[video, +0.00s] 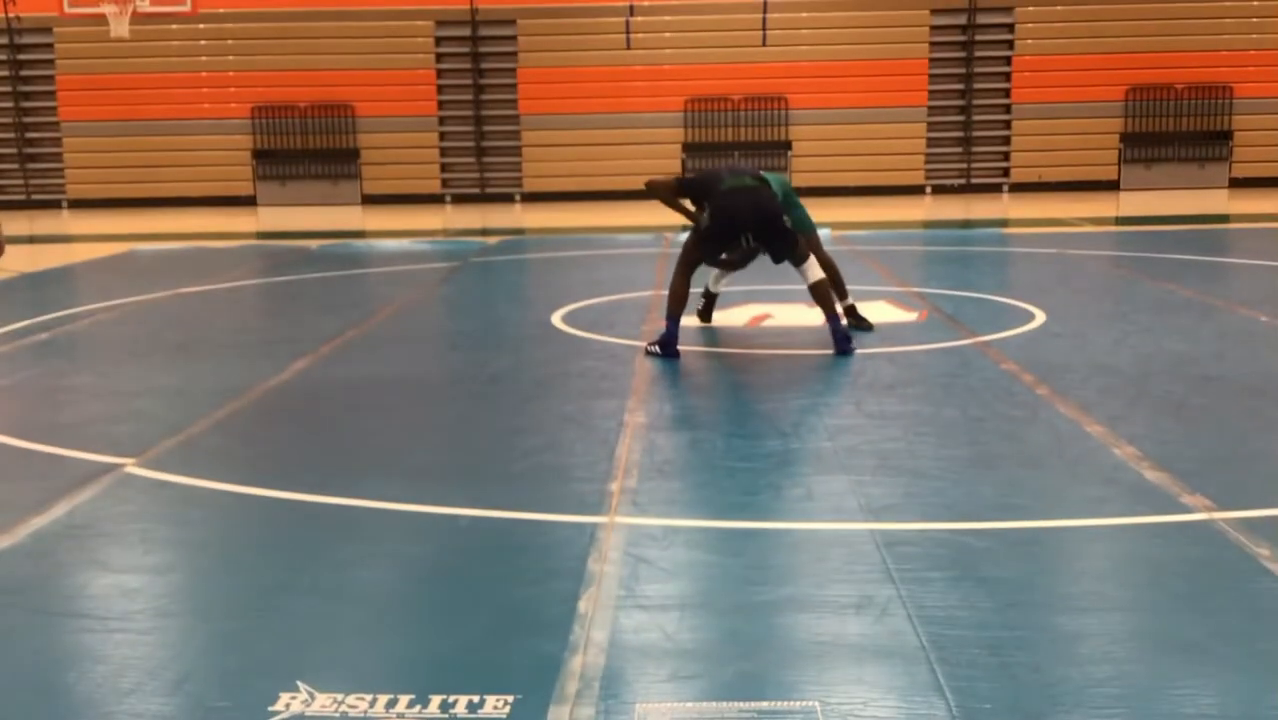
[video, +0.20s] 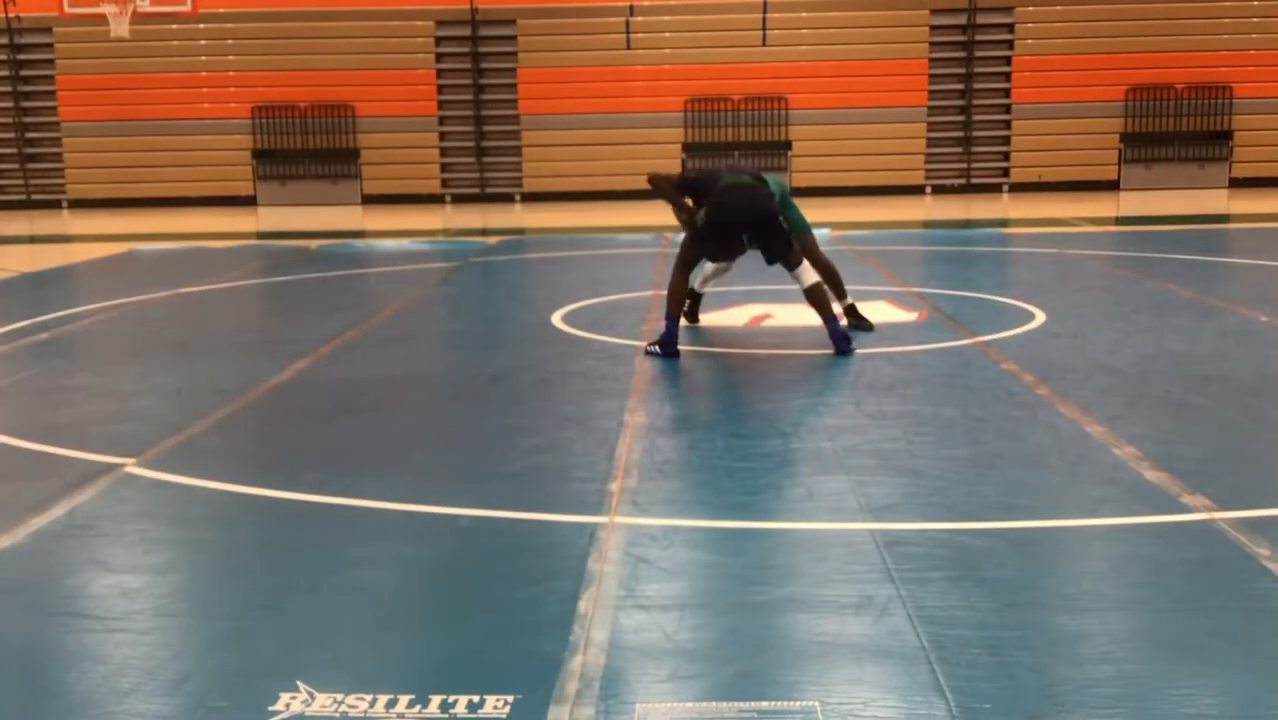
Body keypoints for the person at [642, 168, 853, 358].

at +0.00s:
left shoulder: (708, 184)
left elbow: (654, 186)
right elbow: (818, 255)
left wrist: (691, 215)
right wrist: (848, 309)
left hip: (722, 209)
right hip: (765, 206)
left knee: (684, 269)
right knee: (806, 263)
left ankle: (669, 340)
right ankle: (839, 333)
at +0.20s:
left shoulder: (707, 182)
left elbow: (656, 180)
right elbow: (815, 256)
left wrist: (683, 207)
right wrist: (848, 307)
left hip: (720, 207)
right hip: (763, 204)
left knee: (682, 268)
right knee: (801, 269)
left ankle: (669, 339)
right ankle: (837, 333)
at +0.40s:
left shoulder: (704, 188)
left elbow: (656, 178)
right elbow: (816, 266)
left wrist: (683, 213)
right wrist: (847, 308)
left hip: (726, 214)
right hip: (769, 211)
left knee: (683, 267)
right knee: (799, 275)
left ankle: (668, 339)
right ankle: (838, 332)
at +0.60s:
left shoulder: (709, 197)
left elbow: (664, 193)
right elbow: (812, 267)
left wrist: (695, 223)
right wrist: (848, 309)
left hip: (738, 203)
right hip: (774, 203)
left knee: (689, 269)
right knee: (802, 269)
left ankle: (670, 339)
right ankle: (831, 333)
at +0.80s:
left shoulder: (715, 189)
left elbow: (669, 197)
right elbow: (752, 264)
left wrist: (705, 225)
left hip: (736, 207)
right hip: (776, 206)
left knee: (692, 270)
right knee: (805, 270)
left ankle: (670, 340)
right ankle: (834, 332)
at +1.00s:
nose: (753, 262)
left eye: (753, 259)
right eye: (752, 258)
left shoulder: (710, 186)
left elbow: (671, 189)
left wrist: (702, 213)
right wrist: (844, 306)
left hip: (735, 206)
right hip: (774, 203)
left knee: (691, 270)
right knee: (804, 269)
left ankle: (670, 339)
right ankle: (834, 333)